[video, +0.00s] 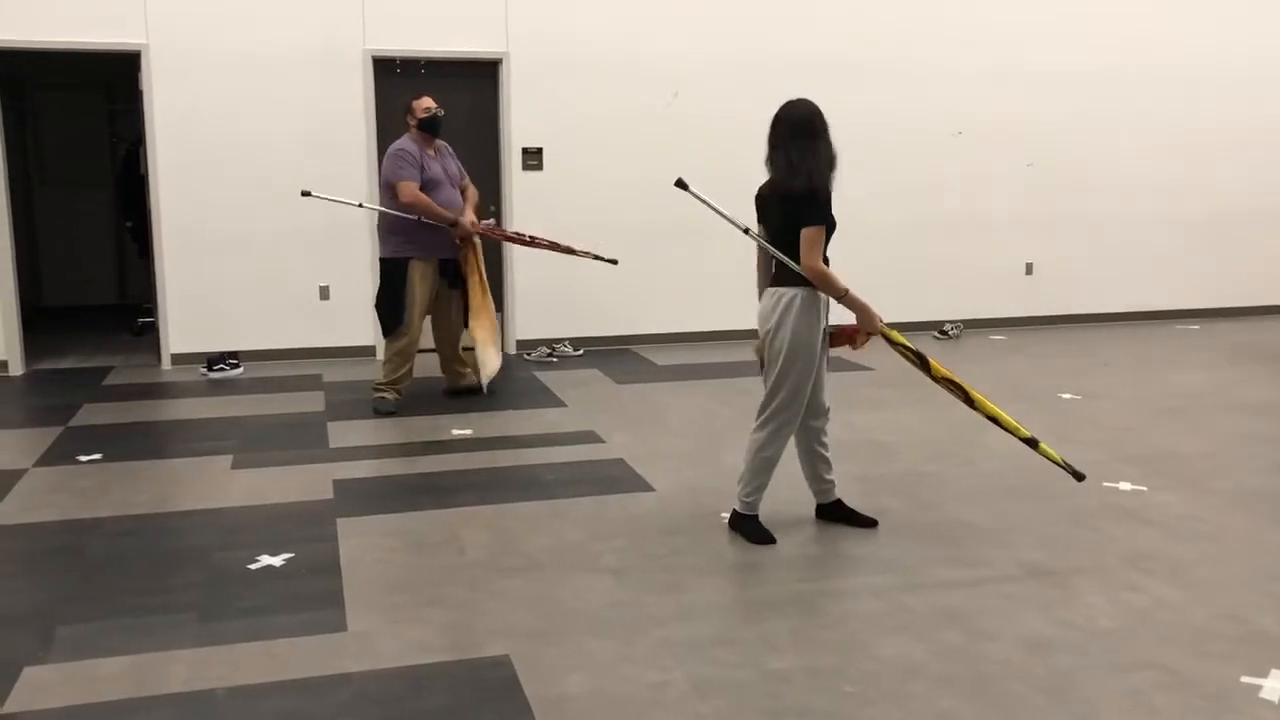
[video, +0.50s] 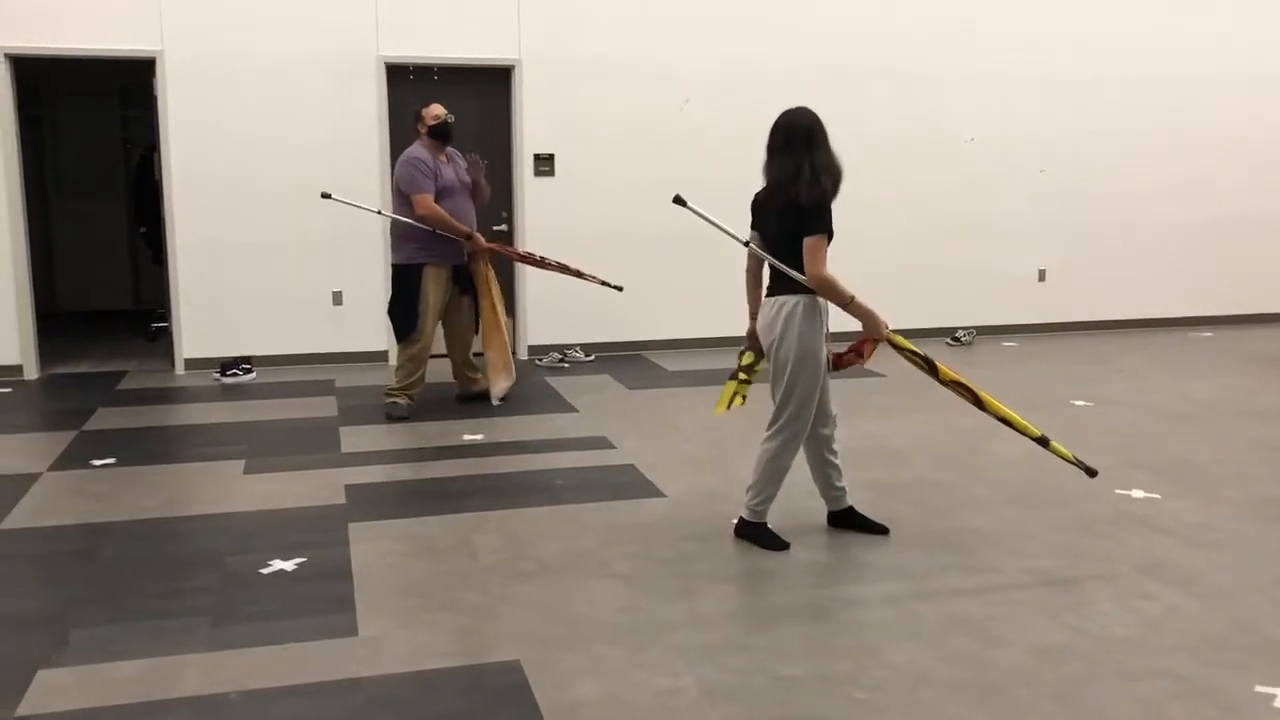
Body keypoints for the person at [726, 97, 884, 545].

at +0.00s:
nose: (829, 144)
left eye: (823, 135)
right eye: (825, 136)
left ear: (776, 142)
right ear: (820, 140)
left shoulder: (768, 192)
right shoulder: (812, 191)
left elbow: (766, 267)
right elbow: (811, 266)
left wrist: (771, 323)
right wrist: (860, 307)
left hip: (779, 303)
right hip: (797, 305)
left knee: (812, 409)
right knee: (782, 410)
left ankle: (827, 501)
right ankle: (745, 510)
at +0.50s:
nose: (829, 153)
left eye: (822, 145)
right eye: (825, 145)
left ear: (774, 149)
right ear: (819, 149)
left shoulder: (764, 200)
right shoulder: (813, 199)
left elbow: (754, 264)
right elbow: (815, 275)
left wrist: (754, 322)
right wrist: (866, 314)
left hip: (778, 311)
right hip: (800, 313)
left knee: (819, 417)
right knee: (793, 417)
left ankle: (839, 509)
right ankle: (752, 518)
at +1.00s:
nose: (822, 159)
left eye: (818, 150)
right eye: (818, 151)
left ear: (769, 157)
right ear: (810, 155)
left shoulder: (760, 207)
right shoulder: (804, 202)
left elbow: (754, 278)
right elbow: (815, 278)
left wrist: (752, 334)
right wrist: (864, 321)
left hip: (781, 317)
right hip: (795, 319)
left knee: (828, 418)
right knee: (786, 424)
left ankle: (834, 512)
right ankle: (755, 525)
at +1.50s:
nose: (830, 152)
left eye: (828, 144)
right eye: (825, 144)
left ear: (788, 142)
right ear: (812, 147)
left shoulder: (792, 192)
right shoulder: (800, 198)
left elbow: (808, 271)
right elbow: (817, 277)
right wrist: (870, 319)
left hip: (814, 312)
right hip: (798, 314)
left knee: (824, 417)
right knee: (784, 420)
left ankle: (832, 511)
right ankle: (752, 523)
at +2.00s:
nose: (842, 147)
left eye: (842, 139)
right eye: (837, 139)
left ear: (807, 141)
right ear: (817, 142)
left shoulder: (815, 194)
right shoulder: (803, 196)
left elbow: (824, 268)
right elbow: (822, 272)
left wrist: (854, 309)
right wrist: (871, 312)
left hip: (828, 312)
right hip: (802, 312)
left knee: (833, 416)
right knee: (784, 418)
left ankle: (835, 509)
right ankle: (755, 520)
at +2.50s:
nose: (844, 148)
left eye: (844, 140)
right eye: (838, 140)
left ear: (807, 140)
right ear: (819, 142)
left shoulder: (816, 192)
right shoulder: (804, 195)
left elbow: (823, 269)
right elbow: (824, 273)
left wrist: (854, 307)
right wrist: (874, 314)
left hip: (829, 311)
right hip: (805, 311)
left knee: (836, 414)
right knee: (789, 417)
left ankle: (843, 509)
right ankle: (762, 520)